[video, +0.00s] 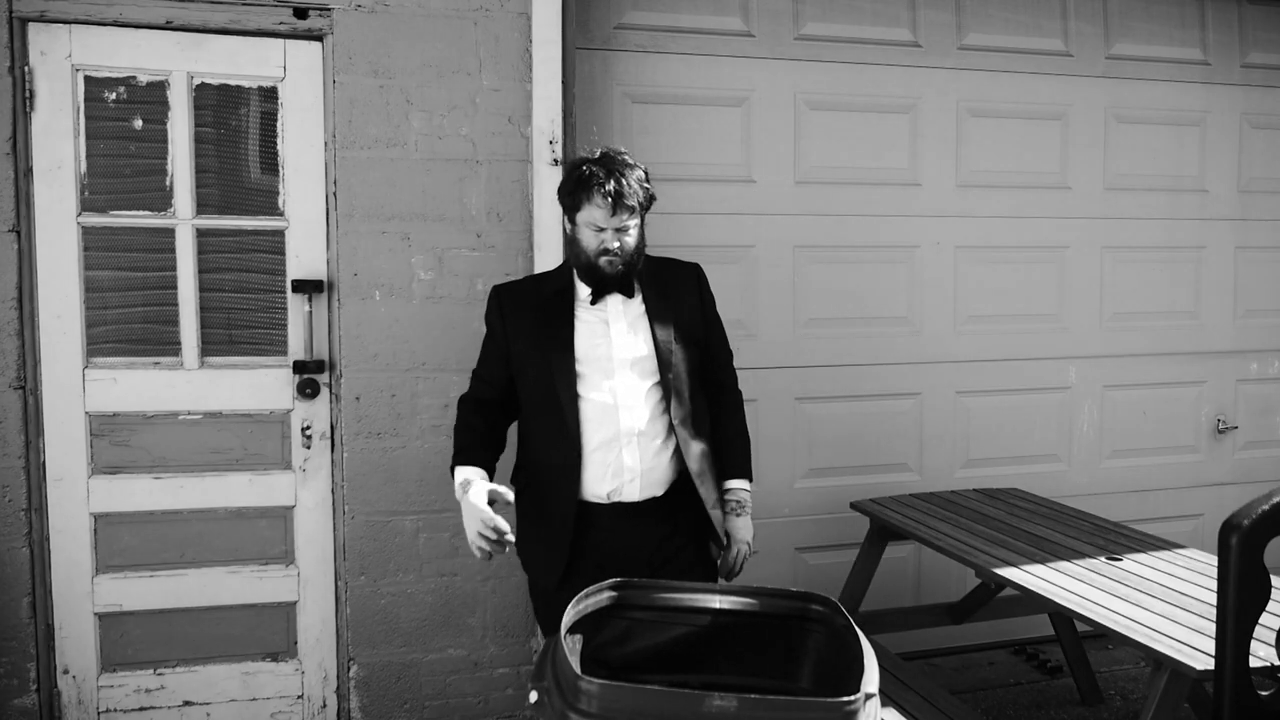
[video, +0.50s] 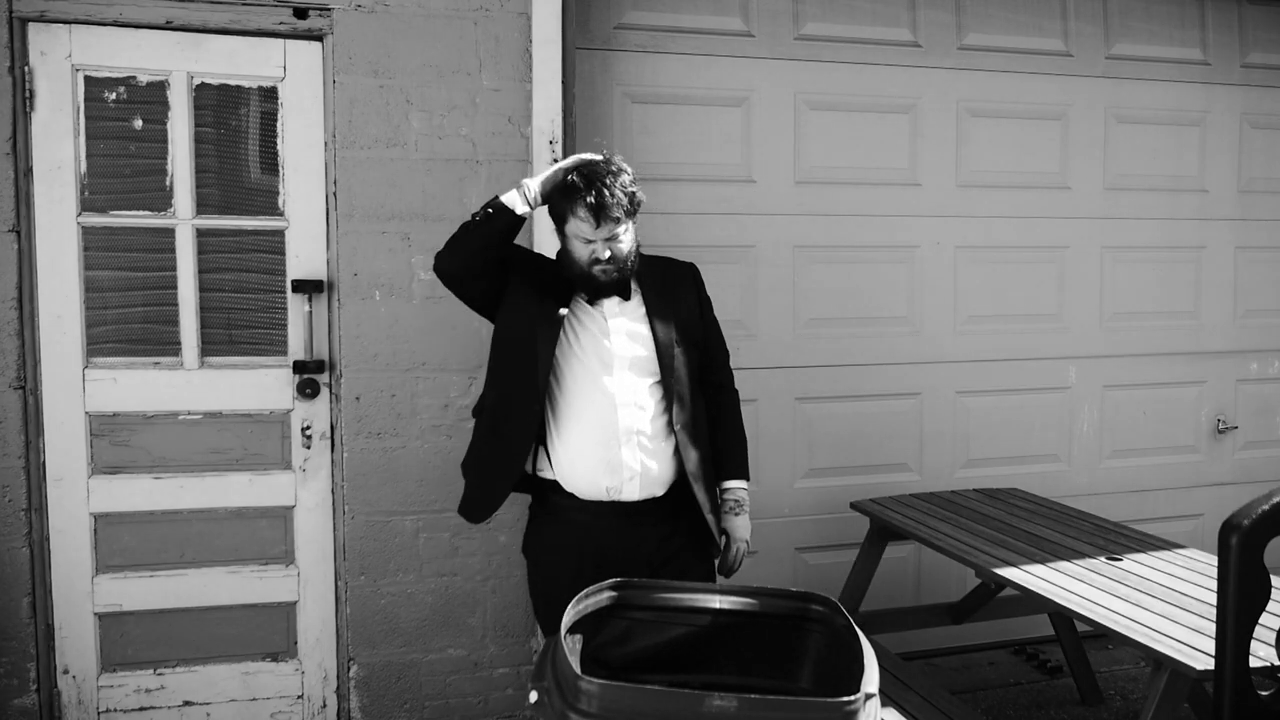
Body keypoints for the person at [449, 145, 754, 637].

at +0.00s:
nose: (613, 243)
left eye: (625, 228)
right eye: (597, 229)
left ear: (642, 223)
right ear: (568, 223)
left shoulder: (683, 287)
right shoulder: (518, 306)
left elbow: (721, 394)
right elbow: (485, 404)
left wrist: (738, 500)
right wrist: (470, 483)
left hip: (675, 529)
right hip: (570, 536)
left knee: (680, 696)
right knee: (585, 703)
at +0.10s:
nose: (611, 245)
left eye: (624, 229)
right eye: (595, 231)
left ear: (642, 221)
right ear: (568, 225)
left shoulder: (683, 287)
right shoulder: (518, 305)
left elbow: (722, 395)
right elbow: (466, 387)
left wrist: (737, 502)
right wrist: (459, 401)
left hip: (674, 527)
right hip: (570, 535)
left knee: (683, 693)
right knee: (585, 696)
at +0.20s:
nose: (609, 247)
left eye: (621, 231)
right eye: (592, 234)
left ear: (639, 223)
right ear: (565, 229)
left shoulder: (682, 287)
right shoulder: (523, 298)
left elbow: (720, 393)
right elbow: (452, 370)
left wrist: (737, 501)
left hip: (672, 525)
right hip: (569, 533)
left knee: (678, 690)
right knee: (581, 691)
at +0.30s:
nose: (605, 250)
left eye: (618, 233)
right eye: (587, 238)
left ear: (636, 222)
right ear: (561, 233)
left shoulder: (679, 286)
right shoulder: (524, 291)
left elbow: (719, 393)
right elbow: (448, 323)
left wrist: (738, 499)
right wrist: (500, 226)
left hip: (671, 527)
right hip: (568, 533)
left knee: (677, 693)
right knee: (580, 693)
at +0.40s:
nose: (604, 252)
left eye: (616, 235)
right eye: (586, 239)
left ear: (634, 223)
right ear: (559, 236)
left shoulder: (679, 286)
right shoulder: (528, 289)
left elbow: (719, 392)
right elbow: (453, 285)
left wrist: (737, 500)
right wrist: (521, 198)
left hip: (670, 525)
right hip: (567, 528)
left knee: (679, 690)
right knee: (580, 690)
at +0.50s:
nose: (602, 252)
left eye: (615, 236)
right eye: (585, 239)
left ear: (634, 224)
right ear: (558, 235)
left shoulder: (678, 285)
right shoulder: (530, 287)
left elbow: (718, 391)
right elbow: (455, 264)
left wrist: (735, 499)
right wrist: (533, 191)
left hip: (672, 523)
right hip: (568, 526)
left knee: (677, 688)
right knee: (578, 687)